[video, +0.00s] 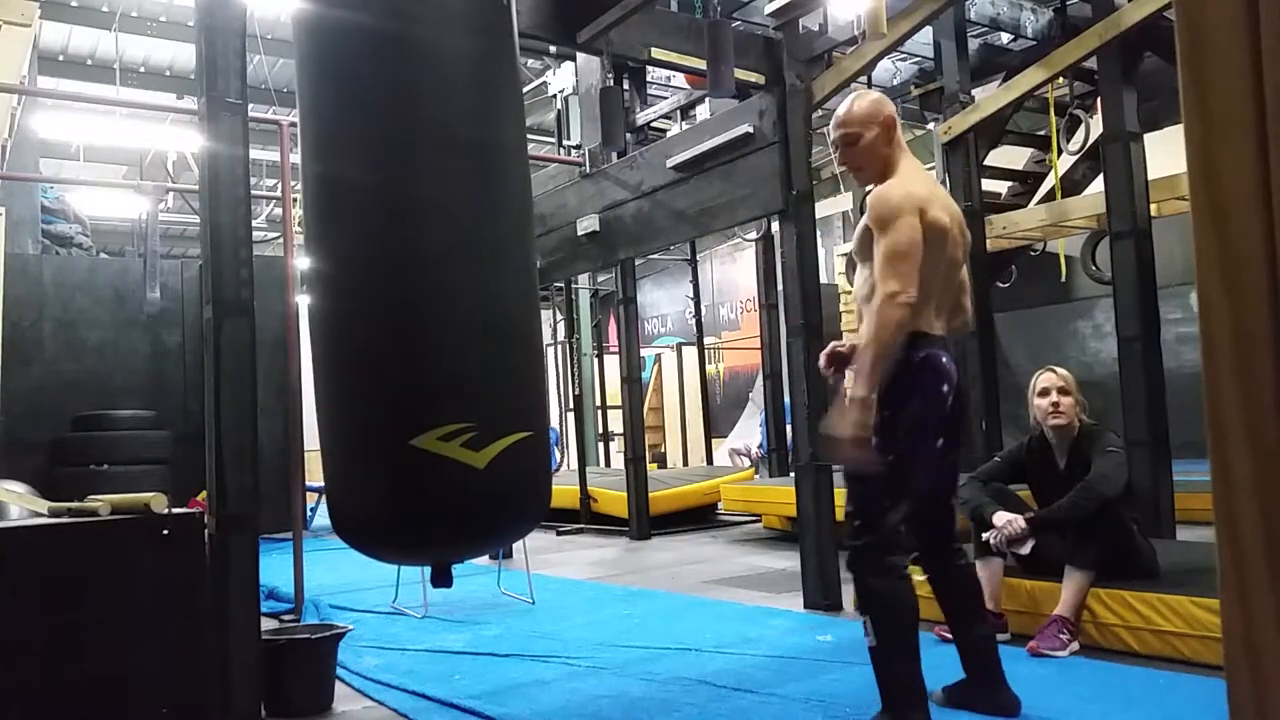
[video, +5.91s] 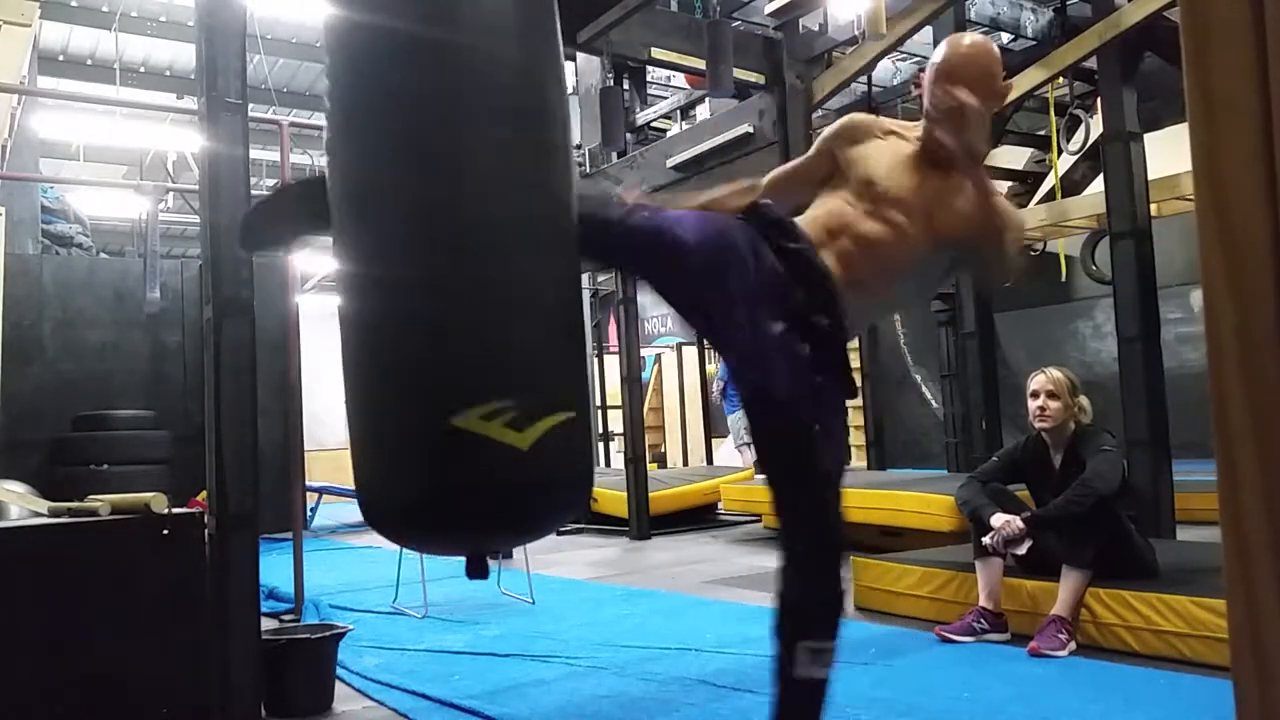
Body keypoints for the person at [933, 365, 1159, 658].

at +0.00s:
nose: (1054, 400)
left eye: (1063, 392)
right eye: (1044, 394)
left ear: (1077, 403)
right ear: (1032, 407)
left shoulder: (1102, 440)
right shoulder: (1030, 449)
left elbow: (1105, 486)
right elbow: (969, 487)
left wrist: (1031, 522)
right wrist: (994, 514)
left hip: (1120, 559)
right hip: (1060, 557)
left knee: (1096, 506)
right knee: (994, 498)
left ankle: (1063, 621)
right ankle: (990, 613)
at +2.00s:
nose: (1040, 404)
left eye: (1051, 396)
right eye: (1034, 397)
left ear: (1072, 406)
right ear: (1026, 406)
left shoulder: (1097, 442)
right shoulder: (1028, 449)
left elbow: (1101, 484)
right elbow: (967, 488)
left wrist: (1028, 521)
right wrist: (992, 516)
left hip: (1118, 560)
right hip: (1059, 555)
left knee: (1089, 505)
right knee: (989, 495)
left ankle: (1061, 621)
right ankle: (988, 612)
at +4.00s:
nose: (1041, 404)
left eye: (1052, 396)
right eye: (1034, 396)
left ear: (1072, 405)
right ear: (1026, 405)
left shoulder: (1098, 443)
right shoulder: (1027, 449)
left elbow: (1099, 485)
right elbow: (968, 488)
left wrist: (1026, 522)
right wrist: (992, 516)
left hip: (1118, 559)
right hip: (1059, 555)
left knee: (1087, 504)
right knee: (988, 495)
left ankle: (1061, 621)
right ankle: (989, 612)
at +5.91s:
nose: (1041, 404)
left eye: (1052, 396)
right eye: (1034, 396)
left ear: (1072, 406)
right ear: (1027, 405)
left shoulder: (1097, 442)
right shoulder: (1027, 449)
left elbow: (1100, 485)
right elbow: (968, 488)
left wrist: (1027, 522)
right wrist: (992, 516)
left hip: (1117, 559)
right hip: (1058, 556)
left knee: (1090, 504)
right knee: (988, 495)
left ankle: (1061, 620)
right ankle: (989, 612)